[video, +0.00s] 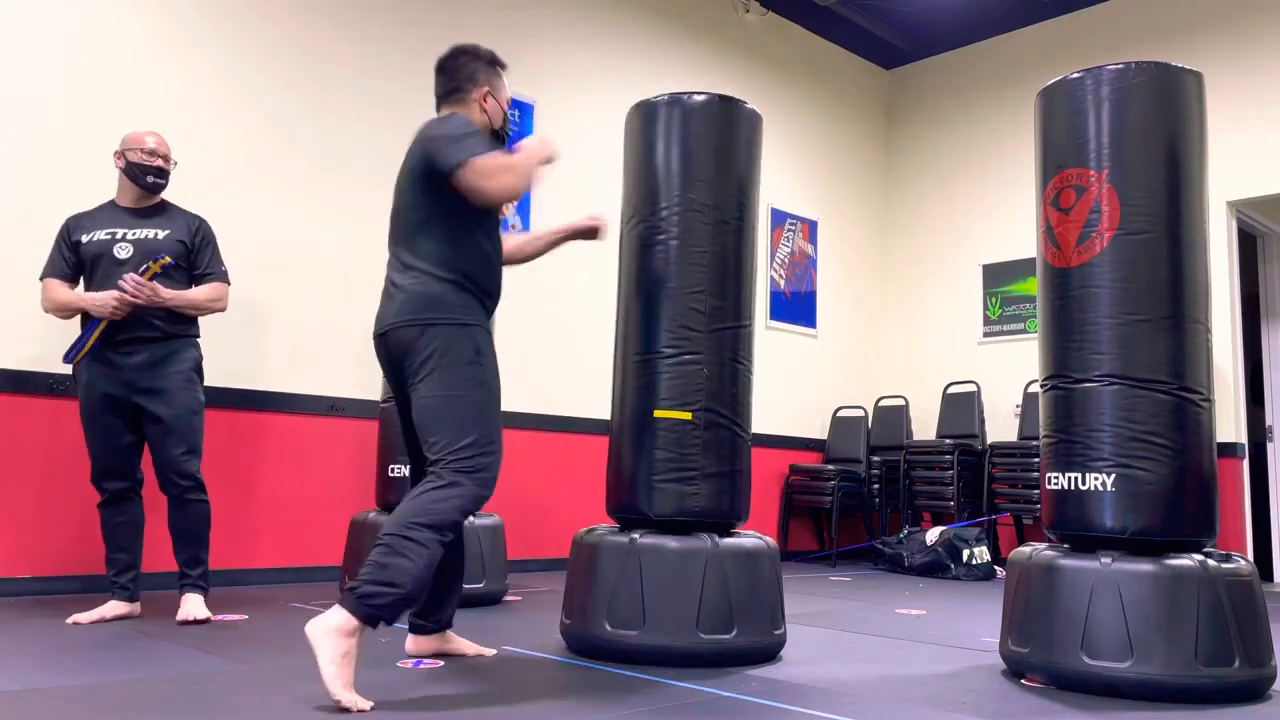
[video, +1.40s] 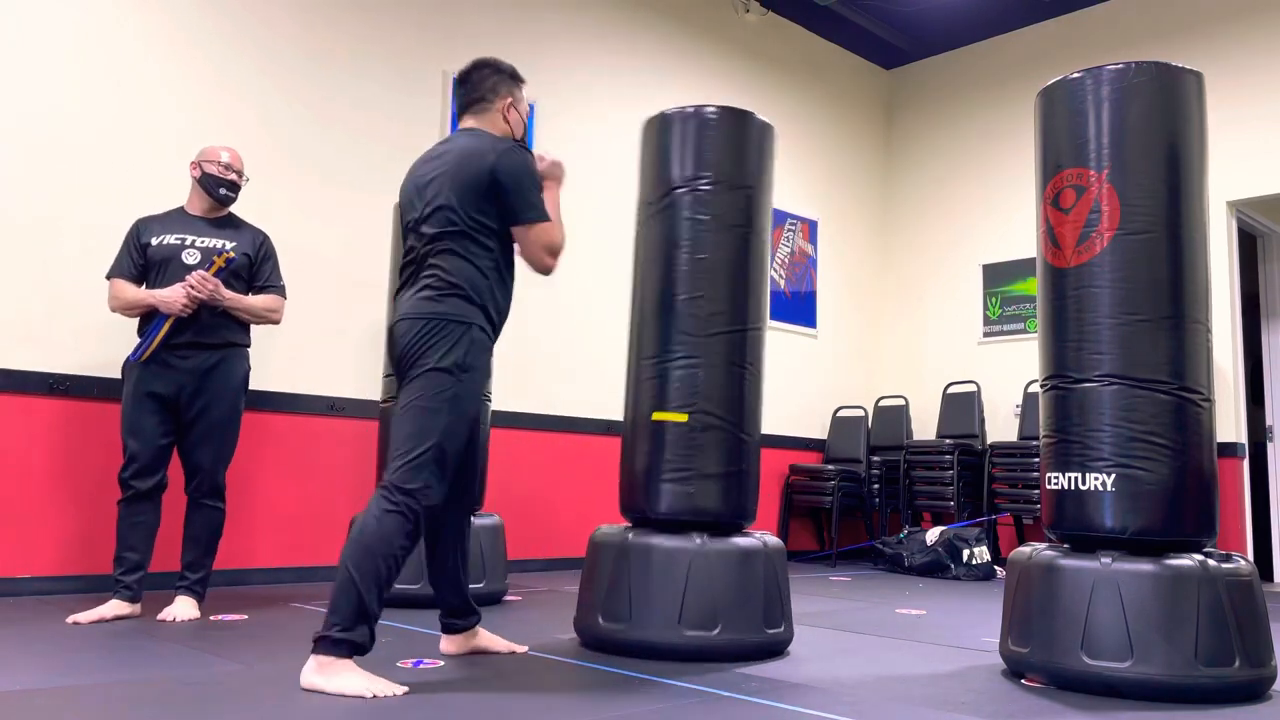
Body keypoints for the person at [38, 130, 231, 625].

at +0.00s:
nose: (156, 162)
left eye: (164, 157)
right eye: (145, 153)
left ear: (172, 170)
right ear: (118, 160)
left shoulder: (192, 228)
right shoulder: (79, 227)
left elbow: (218, 297)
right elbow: (51, 296)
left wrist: (166, 297)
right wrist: (89, 300)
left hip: (172, 370)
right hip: (104, 372)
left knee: (183, 479)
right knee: (115, 485)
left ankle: (193, 591)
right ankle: (124, 594)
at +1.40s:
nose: (230, 176)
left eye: (237, 173)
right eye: (220, 167)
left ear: (243, 186)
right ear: (194, 171)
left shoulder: (254, 241)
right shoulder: (148, 229)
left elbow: (274, 310)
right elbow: (118, 296)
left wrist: (223, 295)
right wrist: (162, 297)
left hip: (218, 375)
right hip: (152, 371)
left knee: (206, 485)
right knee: (139, 480)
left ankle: (189, 594)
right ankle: (126, 594)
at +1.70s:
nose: (235, 180)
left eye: (243, 176)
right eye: (226, 171)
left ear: (250, 188)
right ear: (202, 173)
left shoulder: (259, 244)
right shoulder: (155, 230)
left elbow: (276, 313)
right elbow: (124, 296)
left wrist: (232, 293)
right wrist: (162, 299)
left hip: (221, 377)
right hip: (155, 371)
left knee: (208, 485)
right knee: (137, 477)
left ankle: (190, 594)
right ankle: (125, 592)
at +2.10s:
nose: (225, 177)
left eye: (233, 174)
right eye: (216, 167)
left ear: (237, 189)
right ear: (190, 172)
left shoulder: (247, 245)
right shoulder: (144, 231)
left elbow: (263, 314)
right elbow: (112, 298)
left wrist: (220, 290)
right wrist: (150, 299)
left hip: (209, 377)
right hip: (142, 371)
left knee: (202, 483)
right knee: (107, 470)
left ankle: (189, 594)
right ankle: (86, 579)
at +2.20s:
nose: (215, 178)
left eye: (222, 175)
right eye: (206, 169)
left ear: (227, 190)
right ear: (182, 174)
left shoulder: (238, 245)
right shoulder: (134, 232)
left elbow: (254, 314)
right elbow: (103, 299)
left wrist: (212, 290)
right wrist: (141, 300)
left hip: (200, 377)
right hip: (134, 372)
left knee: (198, 481)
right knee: (96, 468)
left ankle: (189, 593)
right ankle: (74, 575)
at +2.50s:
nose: (168, 185)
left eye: (176, 182)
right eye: (159, 176)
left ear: (182, 194)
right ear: (133, 180)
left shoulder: (193, 250)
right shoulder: (88, 237)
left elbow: (207, 320)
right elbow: (56, 301)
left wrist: (166, 291)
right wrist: (93, 301)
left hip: (158, 382)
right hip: (91, 379)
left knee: (169, 483)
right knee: (80, 484)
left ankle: (184, 592)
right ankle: (71, 587)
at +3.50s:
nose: (108, 183)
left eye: (114, 178)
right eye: (97, 174)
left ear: (122, 190)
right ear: (72, 180)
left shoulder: (139, 245)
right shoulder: (31, 241)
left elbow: (160, 312)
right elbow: (4, 306)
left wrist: (115, 291)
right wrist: (41, 303)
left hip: (114, 380)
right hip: (48, 380)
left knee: (119, 479)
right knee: (57, 483)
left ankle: (125, 588)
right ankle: (69, 586)